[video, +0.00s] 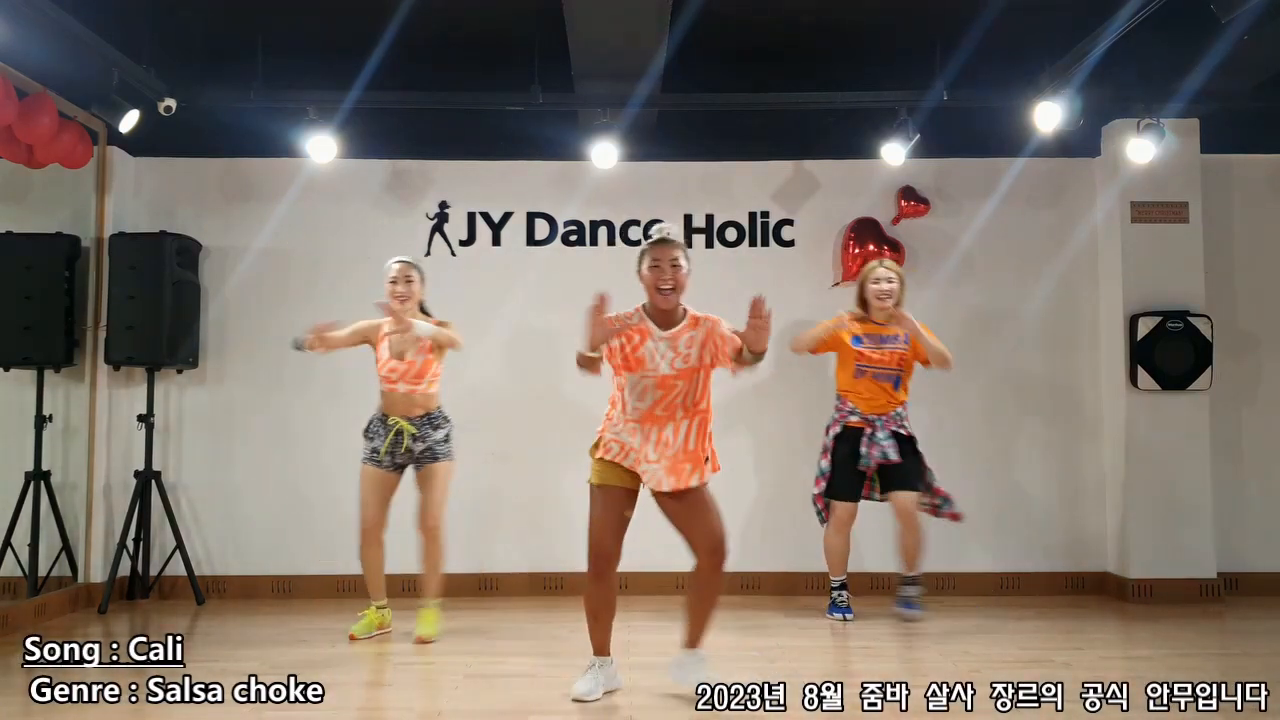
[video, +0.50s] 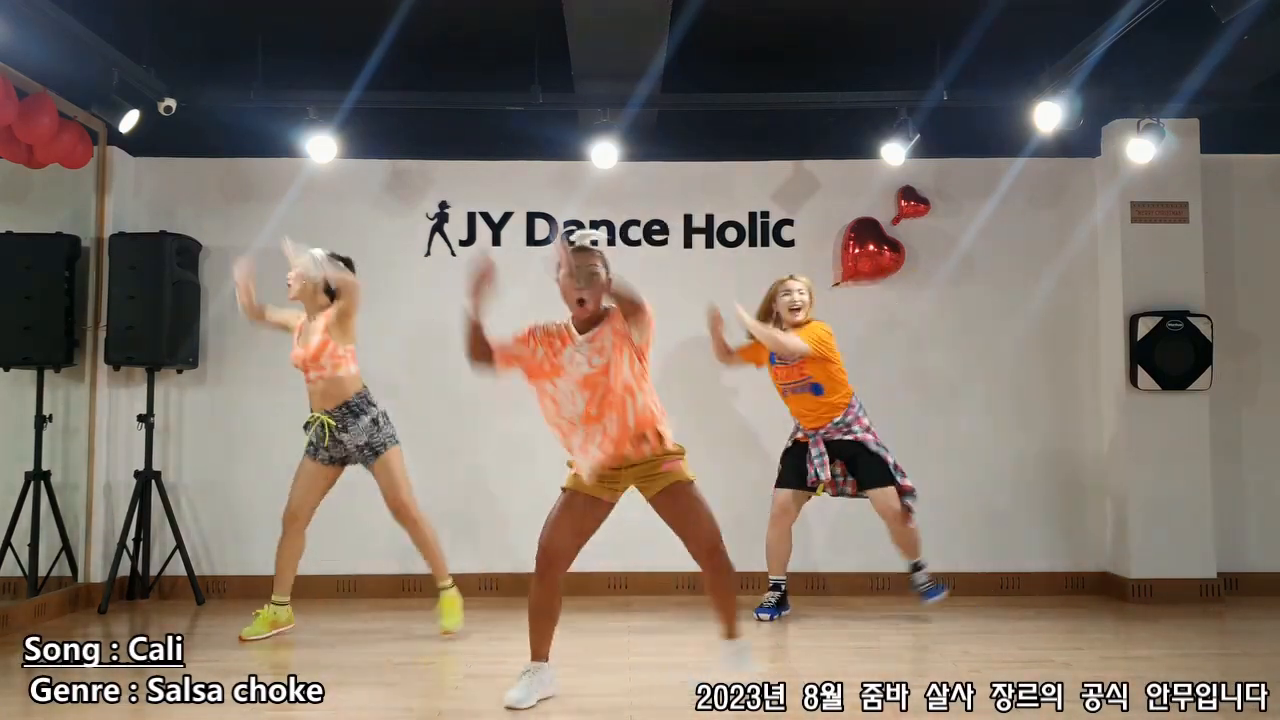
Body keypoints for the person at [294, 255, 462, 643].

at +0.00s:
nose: (400, 288)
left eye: (408, 281)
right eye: (394, 282)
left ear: (422, 289)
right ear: (385, 289)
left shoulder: (435, 328)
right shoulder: (374, 329)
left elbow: (453, 340)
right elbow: (327, 342)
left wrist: (420, 329)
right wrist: (313, 339)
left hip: (431, 432)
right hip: (386, 431)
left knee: (430, 523)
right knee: (369, 526)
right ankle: (378, 610)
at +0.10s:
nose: (382, 289)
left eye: (389, 282)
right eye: (376, 283)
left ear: (405, 290)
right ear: (367, 292)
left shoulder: (420, 328)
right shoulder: (362, 330)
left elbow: (441, 334)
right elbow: (308, 342)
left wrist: (394, 320)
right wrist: (297, 338)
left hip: (417, 432)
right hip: (373, 432)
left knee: (412, 527)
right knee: (330, 517)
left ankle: (421, 611)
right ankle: (353, 596)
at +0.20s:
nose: (360, 292)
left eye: (368, 285)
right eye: (353, 287)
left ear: (385, 291)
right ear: (347, 295)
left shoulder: (402, 336)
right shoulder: (343, 339)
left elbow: (441, 352)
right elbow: (298, 371)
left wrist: (414, 342)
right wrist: (297, 349)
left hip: (400, 437)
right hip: (358, 438)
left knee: (404, 534)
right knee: (301, 519)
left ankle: (420, 612)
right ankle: (294, 601)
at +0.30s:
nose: (334, 301)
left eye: (343, 293)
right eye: (328, 295)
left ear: (361, 299)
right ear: (323, 302)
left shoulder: (380, 343)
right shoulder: (324, 351)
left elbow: (424, 375)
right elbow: (305, 394)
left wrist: (388, 381)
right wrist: (278, 392)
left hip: (380, 445)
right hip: (339, 448)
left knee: (388, 542)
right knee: (285, 530)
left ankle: (419, 614)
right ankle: (282, 614)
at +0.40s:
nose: (304, 290)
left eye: (313, 284)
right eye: (305, 283)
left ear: (336, 293)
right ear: (311, 292)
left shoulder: (356, 331)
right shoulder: (306, 340)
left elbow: (397, 347)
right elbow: (277, 365)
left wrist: (367, 349)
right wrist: (257, 376)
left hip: (367, 434)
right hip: (326, 440)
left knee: (398, 525)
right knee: (283, 527)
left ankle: (428, 607)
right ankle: (280, 613)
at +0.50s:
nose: (290, 279)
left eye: (297, 274)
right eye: (291, 273)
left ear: (318, 282)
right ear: (297, 282)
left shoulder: (338, 316)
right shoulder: (298, 322)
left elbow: (349, 288)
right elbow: (257, 313)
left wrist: (319, 262)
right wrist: (245, 284)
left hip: (362, 418)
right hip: (324, 427)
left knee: (403, 508)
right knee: (294, 517)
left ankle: (447, 589)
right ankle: (279, 607)